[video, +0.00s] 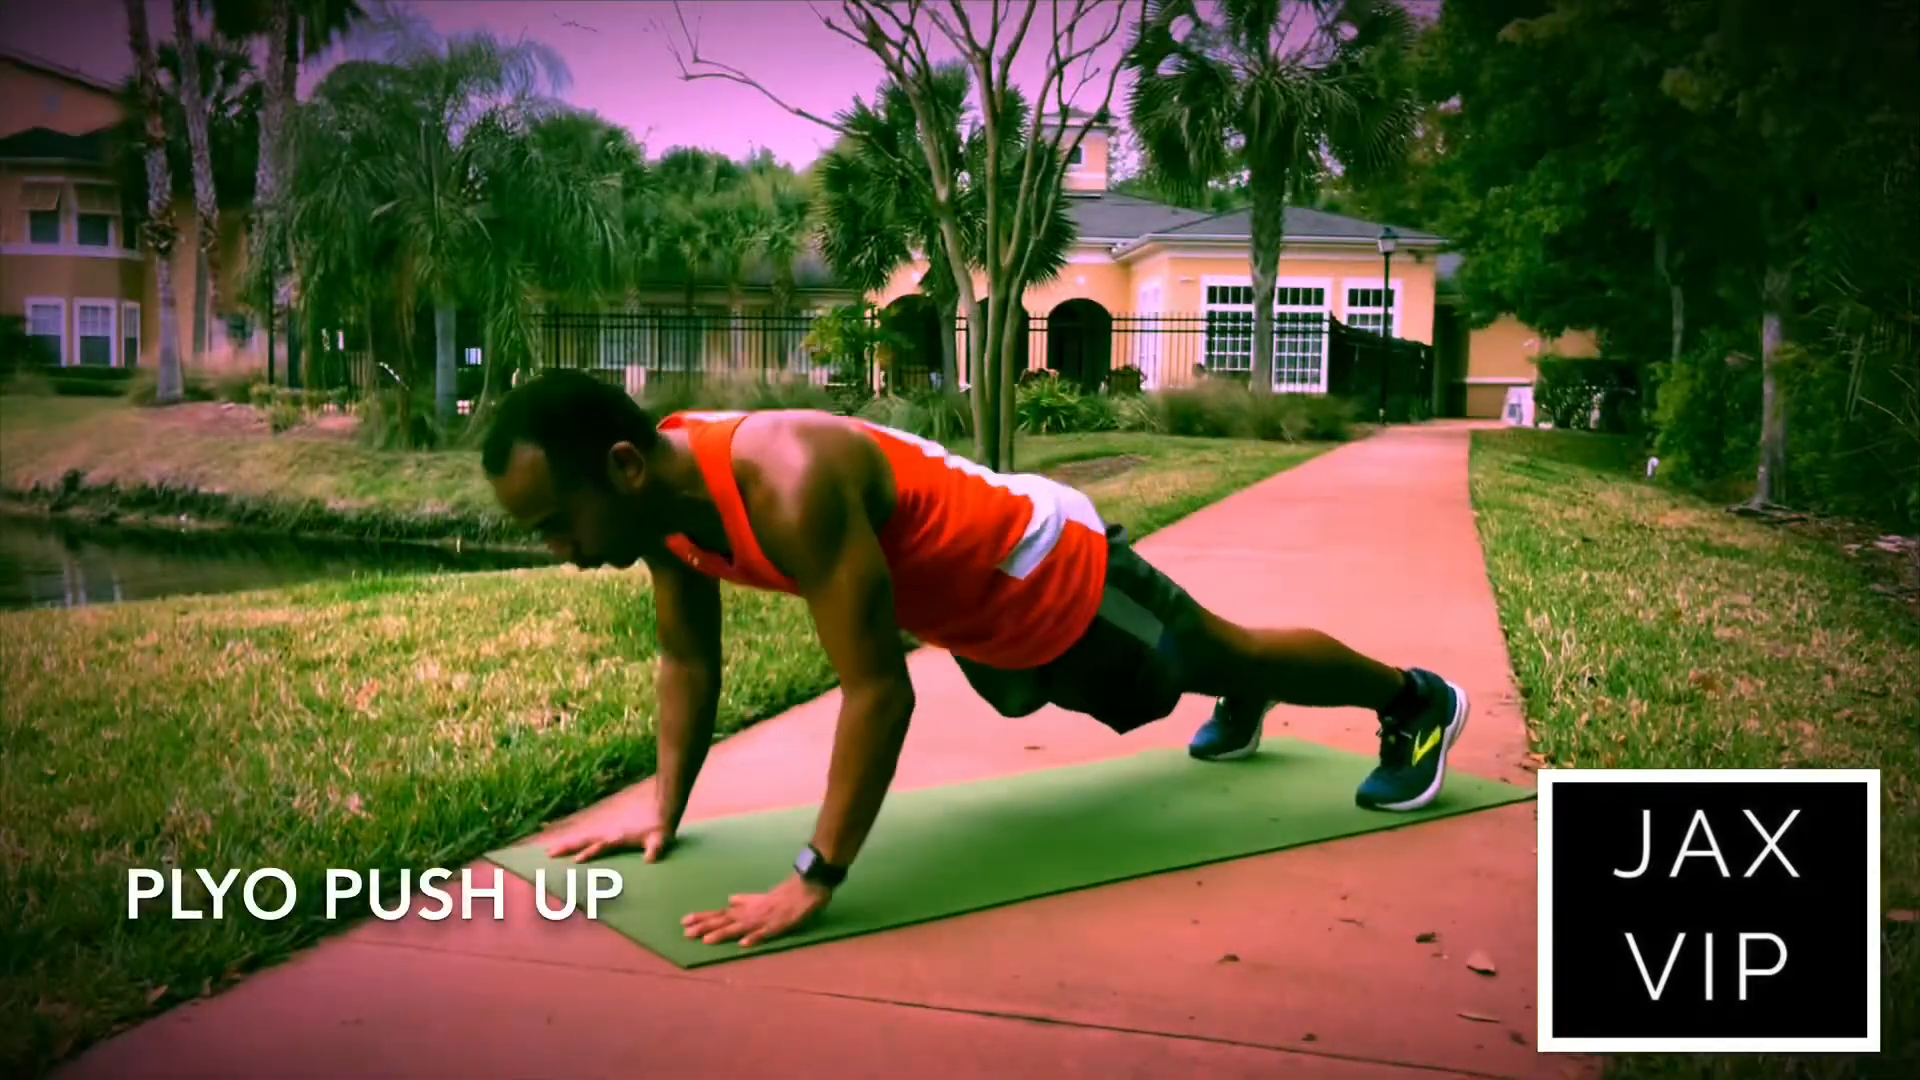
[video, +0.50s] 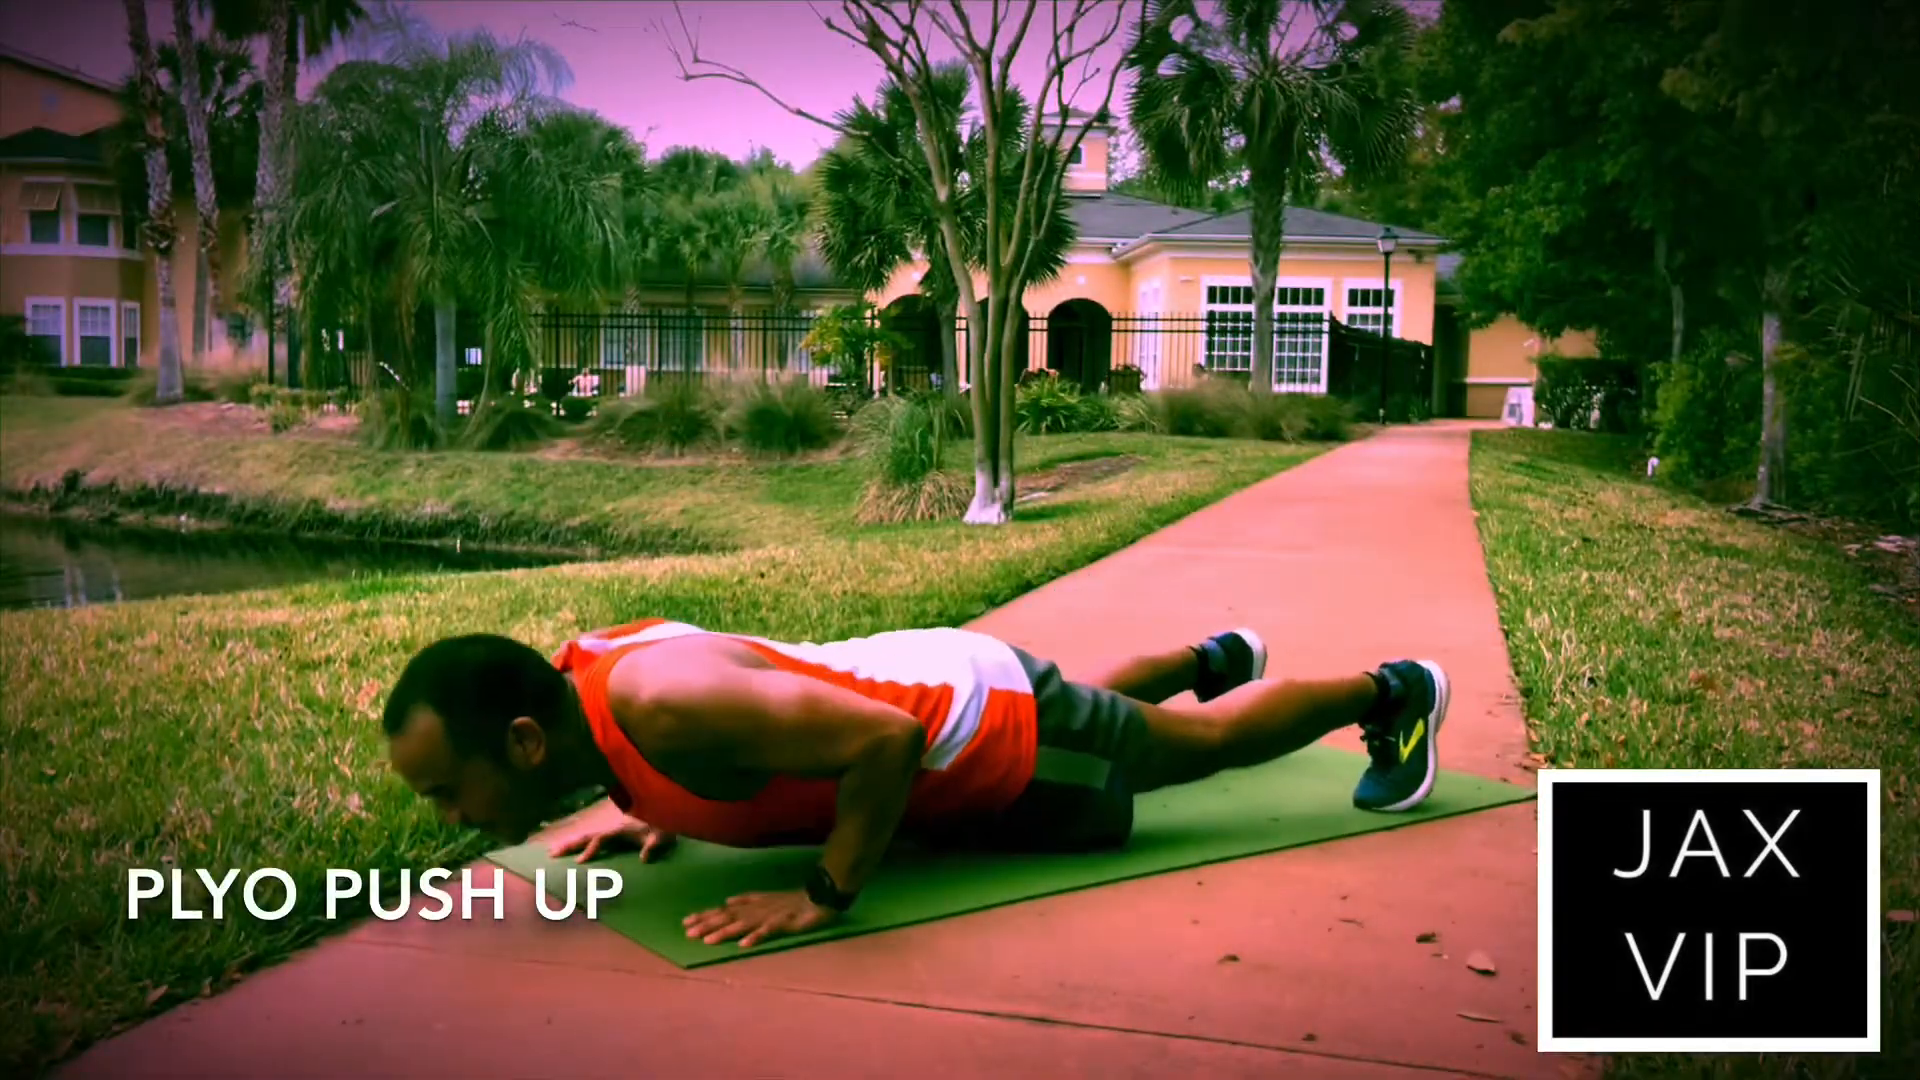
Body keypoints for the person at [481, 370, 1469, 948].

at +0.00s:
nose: (559, 550)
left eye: (555, 523)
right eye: (541, 533)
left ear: (621, 463)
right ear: (604, 468)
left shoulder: (795, 477)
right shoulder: (668, 503)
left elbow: (878, 694)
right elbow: (686, 656)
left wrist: (814, 880)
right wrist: (666, 813)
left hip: (1058, 572)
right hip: (983, 610)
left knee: (1234, 654)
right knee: (1126, 669)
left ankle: (1414, 697)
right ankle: (1244, 685)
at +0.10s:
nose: (513, 677)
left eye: (510, 654)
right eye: (495, 662)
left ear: (574, 593)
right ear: (561, 586)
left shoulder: (734, 568)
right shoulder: (629, 570)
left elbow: (894, 728)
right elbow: (683, 676)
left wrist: (828, 894)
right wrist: (667, 810)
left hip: (1031, 627)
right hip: (968, 645)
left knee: (1217, 682)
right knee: (1129, 709)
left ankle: (1407, 695)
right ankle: (1224, 711)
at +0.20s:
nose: (470, 755)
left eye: (469, 732)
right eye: (454, 738)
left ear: (538, 671)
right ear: (525, 665)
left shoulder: (701, 636)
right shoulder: (590, 623)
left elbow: (893, 734)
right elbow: (667, 673)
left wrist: (828, 895)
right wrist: (661, 795)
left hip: (1012, 685)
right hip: (942, 655)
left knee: (1203, 718)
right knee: (1098, 684)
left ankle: (1393, 693)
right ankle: (1218, 651)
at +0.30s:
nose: (452, 817)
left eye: (452, 795)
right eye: (437, 800)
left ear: (523, 735)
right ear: (514, 726)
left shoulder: (685, 698)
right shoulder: (578, 663)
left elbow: (888, 737)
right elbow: (716, 703)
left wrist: (825, 896)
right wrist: (659, 807)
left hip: (999, 722)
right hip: (925, 666)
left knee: (1199, 732)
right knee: (1059, 684)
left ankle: (1390, 691)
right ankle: (1214, 659)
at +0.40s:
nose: (453, 853)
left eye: (454, 829)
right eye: (434, 837)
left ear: (521, 766)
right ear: (509, 750)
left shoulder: (664, 732)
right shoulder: (571, 695)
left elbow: (879, 740)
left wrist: (824, 895)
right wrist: (643, 819)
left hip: (994, 736)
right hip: (912, 675)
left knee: (1197, 742)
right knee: (1055, 698)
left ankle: (1387, 690)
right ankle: (1213, 659)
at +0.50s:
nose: (441, 817)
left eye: (446, 793)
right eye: (427, 797)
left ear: (524, 741)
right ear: (516, 732)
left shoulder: (677, 712)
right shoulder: (578, 672)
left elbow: (885, 743)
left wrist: (824, 898)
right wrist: (656, 818)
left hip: (1001, 729)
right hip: (923, 671)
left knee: (1203, 736)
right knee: (1061, 692)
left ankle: (1391, 690)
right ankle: (1209, 659)